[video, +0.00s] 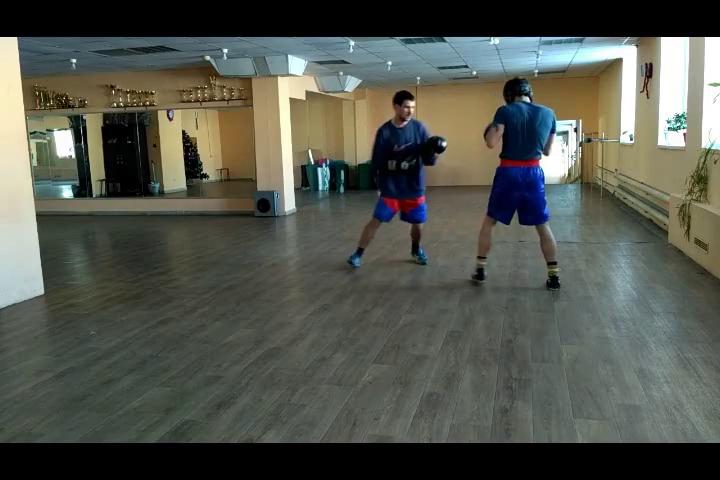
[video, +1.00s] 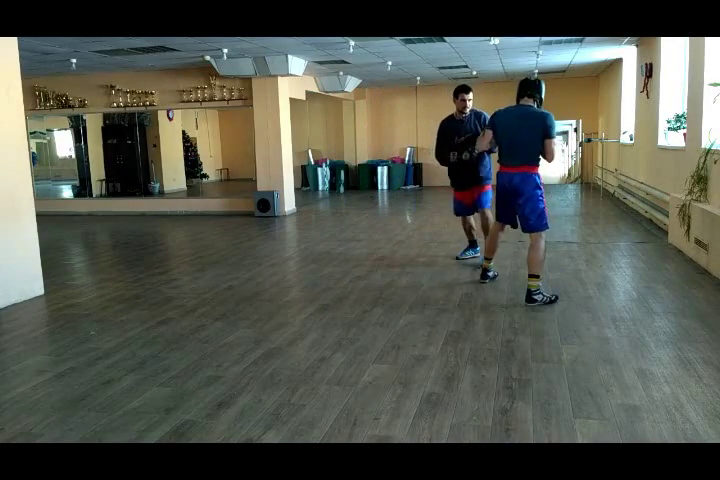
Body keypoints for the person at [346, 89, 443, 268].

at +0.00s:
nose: (410, 111)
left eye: (412, 107)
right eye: (406, 107)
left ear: (414, 108)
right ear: (396, 107)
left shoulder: (419, 128)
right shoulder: (384, 132)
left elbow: (429, 161)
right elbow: (377, 162)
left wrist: (431, 151)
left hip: (414, 186)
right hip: (391, 187)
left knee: (417, 223)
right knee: (376, 221)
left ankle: (416, 249)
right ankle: (358, 253)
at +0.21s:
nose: (424, 100)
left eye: (427, 96)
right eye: (420, 96)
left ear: (429, 97)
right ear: (411, 95)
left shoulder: (435, 116)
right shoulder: (400, 119)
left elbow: (444, 146)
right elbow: (392, 148)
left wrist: (453, 134)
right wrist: (412, 149)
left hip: (432, 174)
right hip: (409, 175)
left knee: (437, 212)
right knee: (408, 214)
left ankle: (438, 244)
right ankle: (412, 244)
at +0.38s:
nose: (437, 105)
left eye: (440, 102)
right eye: (433, 101)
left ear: (443, 102)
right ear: (424, 101)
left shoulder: (450, 121)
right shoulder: (413, 126)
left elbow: (469, 139)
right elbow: (405, 155)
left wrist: (474, 123)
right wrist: (418, 172)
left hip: (446, 180)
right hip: (422, 181)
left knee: (460, 217)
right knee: (415, 218)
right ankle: (415, 246)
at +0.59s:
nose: (456, 103)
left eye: (458, 100)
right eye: (452, 100)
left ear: (462, 100)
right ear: (444, 100)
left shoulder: (469, 116)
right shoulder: (435, 122)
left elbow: (491, 119)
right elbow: (430, 153)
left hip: (465, 177)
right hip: (442, 178)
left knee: (472, 218)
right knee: (433, 214)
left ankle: (482, 253)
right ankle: (431, 242)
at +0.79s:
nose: (464, 100)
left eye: (467, 97)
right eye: (460, 97)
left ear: (470, 98)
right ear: (452, 96)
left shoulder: (478, 117)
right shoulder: (442, 120)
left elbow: (486, 144)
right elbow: (436, 153)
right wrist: (454, 152)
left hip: (475, 175)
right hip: (453, 176)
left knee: (478, 215)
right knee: (458, 216)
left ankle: (483, 249)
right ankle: (470, 241)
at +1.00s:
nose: (466, 103)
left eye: (469, 100)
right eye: (462, 100)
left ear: (472, 100)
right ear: (455, 100)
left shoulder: (481, 118)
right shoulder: (446, 124)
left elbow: (492, 144)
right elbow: (440, 155)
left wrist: (477, 150)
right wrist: (456, 158)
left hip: (481, 174)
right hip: (459, 176)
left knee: (484, 210)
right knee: (465, 215)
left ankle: (490, 247)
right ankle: (473, 246)